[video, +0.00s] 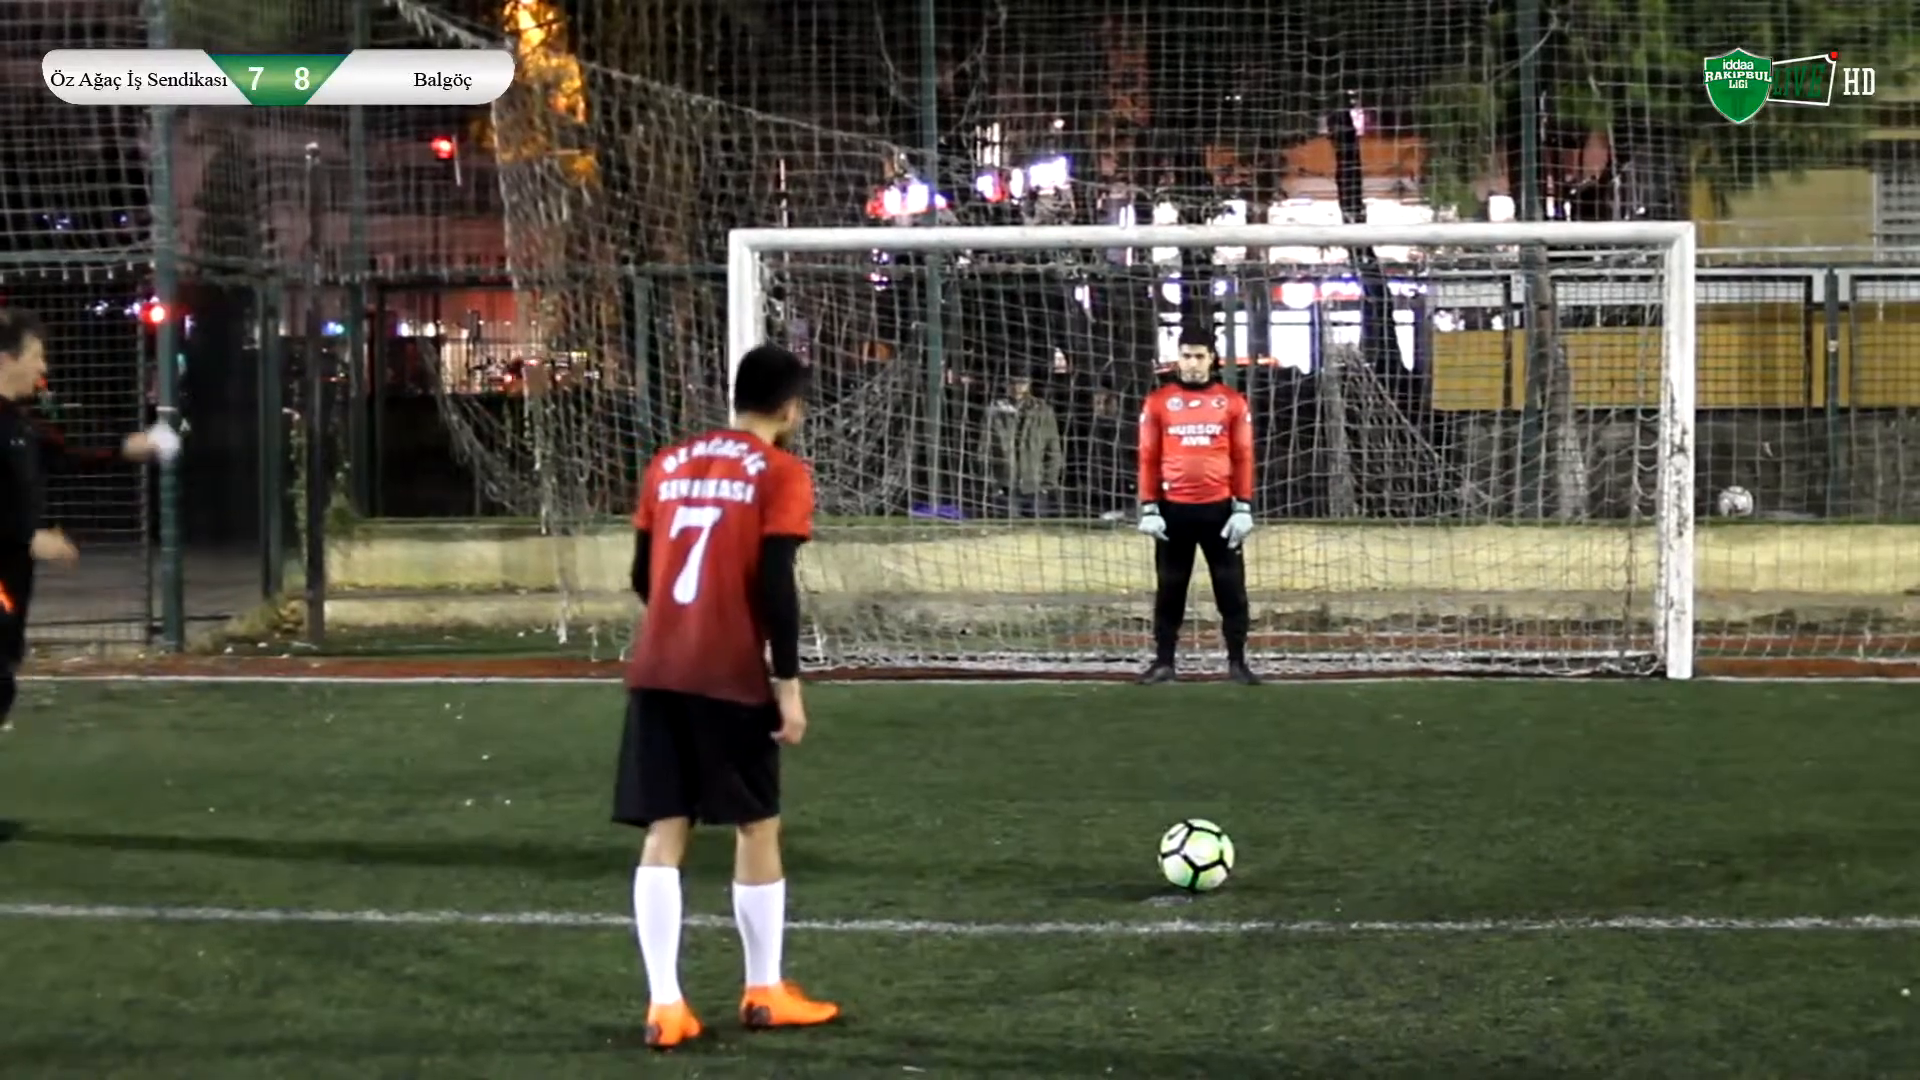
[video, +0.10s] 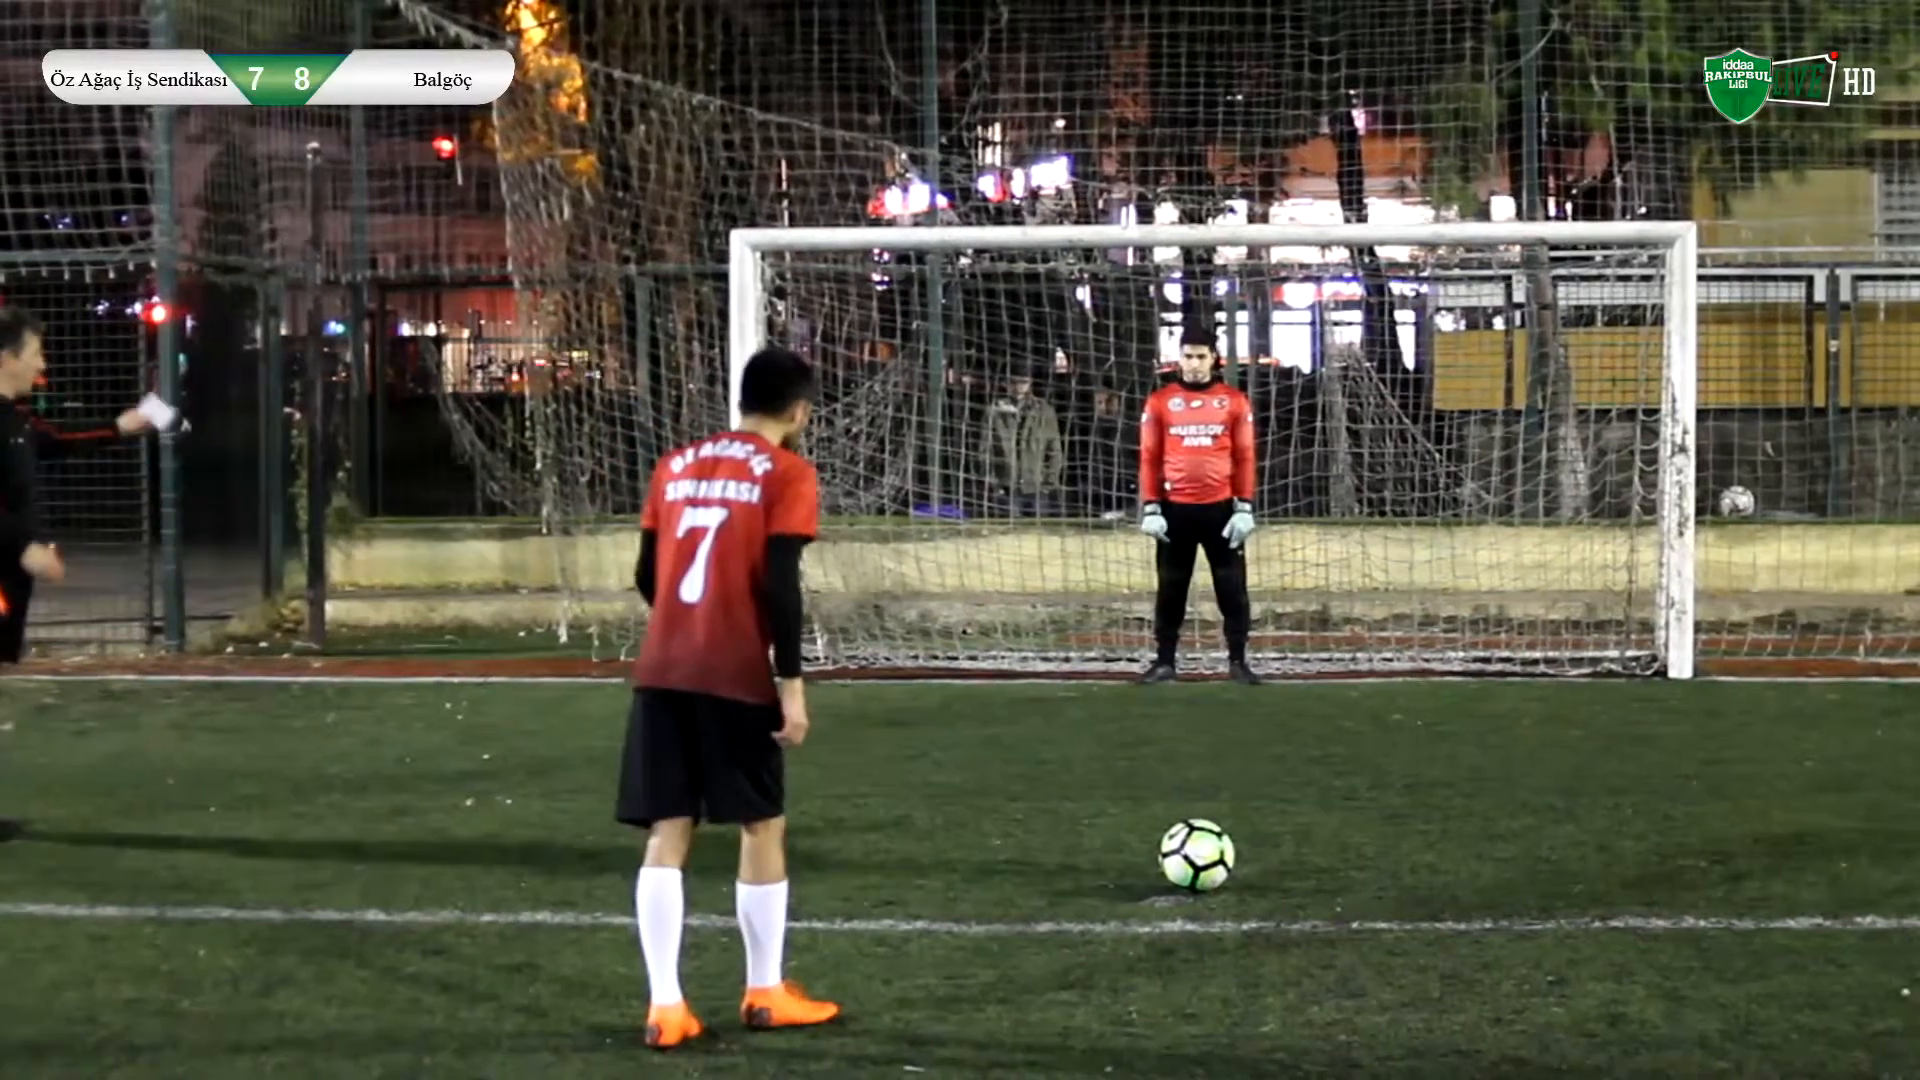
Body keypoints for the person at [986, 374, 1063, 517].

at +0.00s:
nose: (1017, 388)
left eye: (1022, 383)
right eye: (1012, 383)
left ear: (1029, 385)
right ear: (1006, 385)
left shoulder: (1044, 412)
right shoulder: (995, 411)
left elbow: (1054, 451)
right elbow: (984, 451)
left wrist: (1049, 484)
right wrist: (993, 486)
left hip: (1036, 490)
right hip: (1005, 490)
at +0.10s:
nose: (1018, 388)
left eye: (1023, 382)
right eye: (1013, 382)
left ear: (1031, 383)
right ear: (1006, 384)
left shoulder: (1045, 411)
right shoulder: (994, 411)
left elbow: (1055, 450)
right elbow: (985, 450)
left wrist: (1050, 483)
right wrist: (994, 486)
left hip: (1038, 490)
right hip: (1006, 491)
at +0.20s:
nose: (1016, 387)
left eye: (1021, 382)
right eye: (1012, 382)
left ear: (1029, 383)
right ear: (1005, 384)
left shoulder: (1044, 411)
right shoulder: (993, 410)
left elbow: (1054, 450)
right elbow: (984, 450)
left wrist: (1048, 483)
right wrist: (993, 486)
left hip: (1036, 490)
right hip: (1005, 490)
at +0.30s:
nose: (1015, 388)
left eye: (1020, 382)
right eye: (1010, 382)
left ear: (1027, 383)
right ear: (1003, 384)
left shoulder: (1042, 411)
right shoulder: (991, 411)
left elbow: (1052, 450)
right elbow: (982, 449)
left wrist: (1047, 483)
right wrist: (991, 485)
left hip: (1035, 490)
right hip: (1003, 491)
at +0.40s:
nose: (1016, 387)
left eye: (1021, 382)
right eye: (1011, 381)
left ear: (1029, 382)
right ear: (1004, 383)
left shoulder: (1043, 410)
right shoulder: (993, 410)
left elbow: (1053, 450)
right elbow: (983, 449)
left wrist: (1048, 482)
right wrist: (992, 485)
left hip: (1036, 489)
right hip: (1004, 490)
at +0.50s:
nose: (1014, 388)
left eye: (1020, 382)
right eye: (1009, 382)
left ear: (1027, 383)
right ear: (1002, 384)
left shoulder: (1041, 411)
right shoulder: (990, 411)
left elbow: (1051, 450)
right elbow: (981, 450)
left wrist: (1046, 483)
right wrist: (990, 485)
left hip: (1034, 491)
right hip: (1002, 491)